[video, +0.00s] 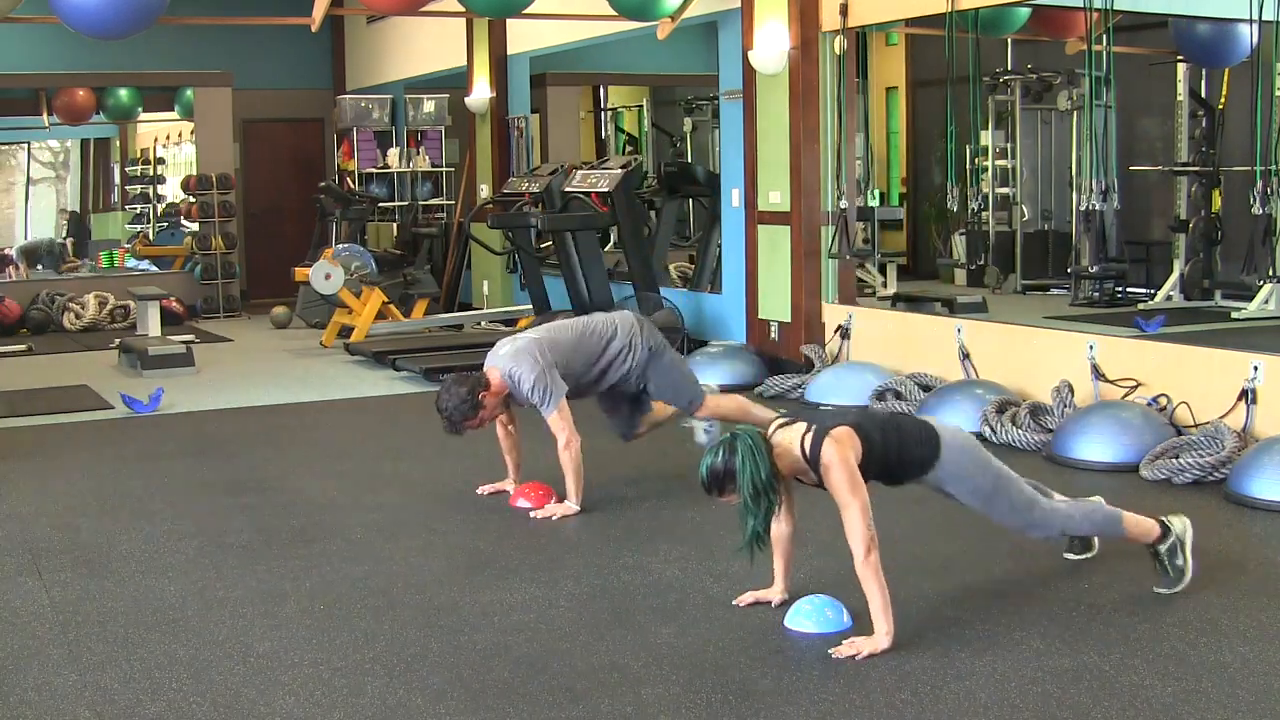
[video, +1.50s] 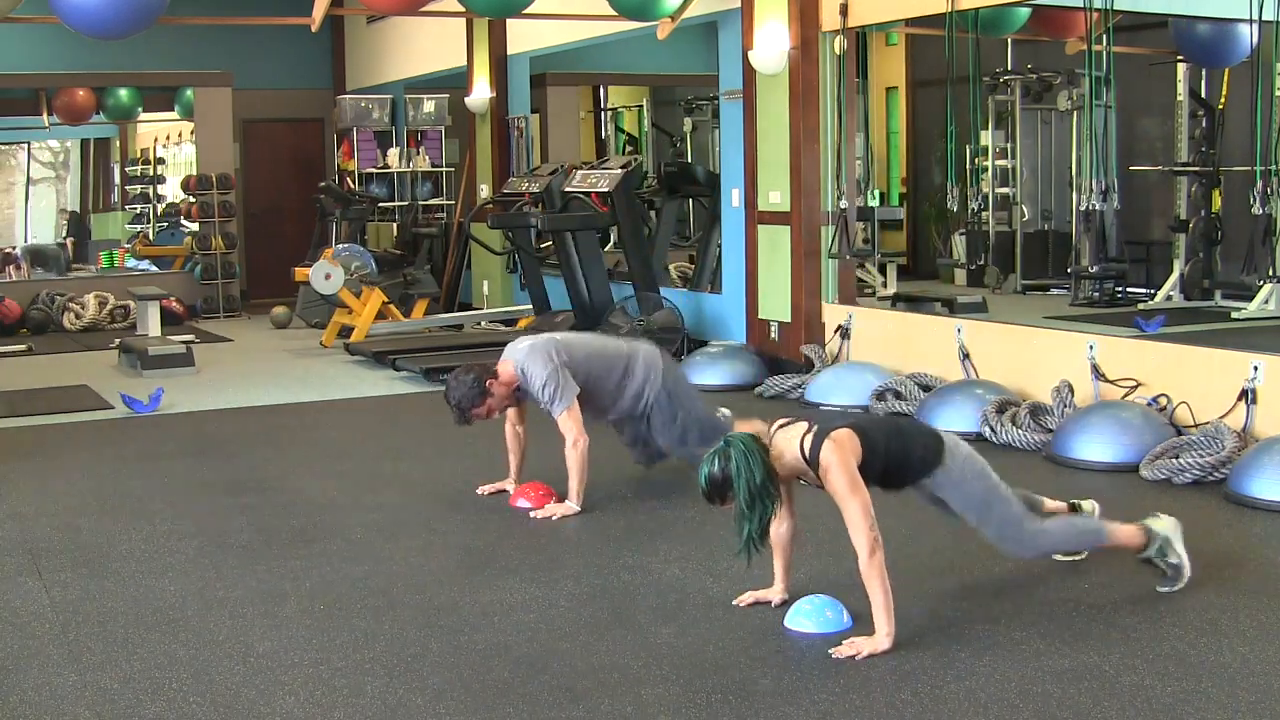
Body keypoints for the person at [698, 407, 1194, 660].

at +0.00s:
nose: (740, 502)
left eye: (736, 495)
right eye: (732, 497)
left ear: (749, 473)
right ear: (743, 458)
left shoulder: (830, 452)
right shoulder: (769, 445)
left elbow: (866, 549)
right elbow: (780, 517)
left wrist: (883, 633)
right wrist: (779, 587)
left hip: (942, 451)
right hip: (918, 446)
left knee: (1042, 513)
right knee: (1012, 496)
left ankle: (1162, 532)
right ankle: (1077, 526)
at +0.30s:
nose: (739, 507)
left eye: (735, 499)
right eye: (729, 502)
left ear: (748, 477)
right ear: (748, 461)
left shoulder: (827, 455)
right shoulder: (776, 451)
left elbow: (864, 551)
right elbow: (786, 521)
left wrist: (882, 634)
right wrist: (780, 588)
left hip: (959, 444)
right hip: (925, 458)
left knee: (1050, 504)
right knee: (968, 530)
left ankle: (1165, 538)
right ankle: (1057, 521)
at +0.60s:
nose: (736, 499)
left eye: (734, 491)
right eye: (728, 495)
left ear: (746, 472)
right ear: (746, 452)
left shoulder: (825, 455)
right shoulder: (773, 452)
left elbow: (864, 550)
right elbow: (782, 519)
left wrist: (882, 634)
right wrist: (779, 587)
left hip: (943, 452)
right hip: (890, 478)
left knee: (1045, 517)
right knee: (835, 563)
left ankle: (1165, 541)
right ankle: (914, 535)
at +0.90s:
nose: (740, 500)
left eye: (737, 492)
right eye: (732, 493)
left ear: (754, 473)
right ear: (741, 461)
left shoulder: (826, 457)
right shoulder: (771, 449)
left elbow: (863, 546)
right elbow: (785, 519)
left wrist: (883, 634)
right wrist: (779, 587)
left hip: (945, 457)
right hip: (891, 482)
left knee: (1046, 520)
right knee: (838, 567)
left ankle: (1163, 539)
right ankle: (911, 550)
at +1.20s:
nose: (754, 504)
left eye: (750, 493)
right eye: (745, 498)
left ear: (761, 473)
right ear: (752, 457)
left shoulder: (829, 451)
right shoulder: (779, 444)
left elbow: (867, 547)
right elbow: (787, 518)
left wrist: (883, 633)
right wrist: (780, 587)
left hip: (961, 427)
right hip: (922, 444)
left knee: (1049, 495)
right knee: (937, 530)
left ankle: (1156, 537)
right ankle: (1007, 487)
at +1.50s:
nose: (740, 504)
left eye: (739, 497)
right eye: (732, 500)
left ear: (752, 474)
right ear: (747, 449)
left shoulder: (828, 454)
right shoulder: (766, 441)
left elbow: (869, 547)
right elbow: (780, 514)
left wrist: (882, 634)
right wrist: (780, 586)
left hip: (937, 458)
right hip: (909, 459)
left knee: (1024, 539)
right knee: (997, 505)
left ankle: (1151, 535)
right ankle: (1070, 509)